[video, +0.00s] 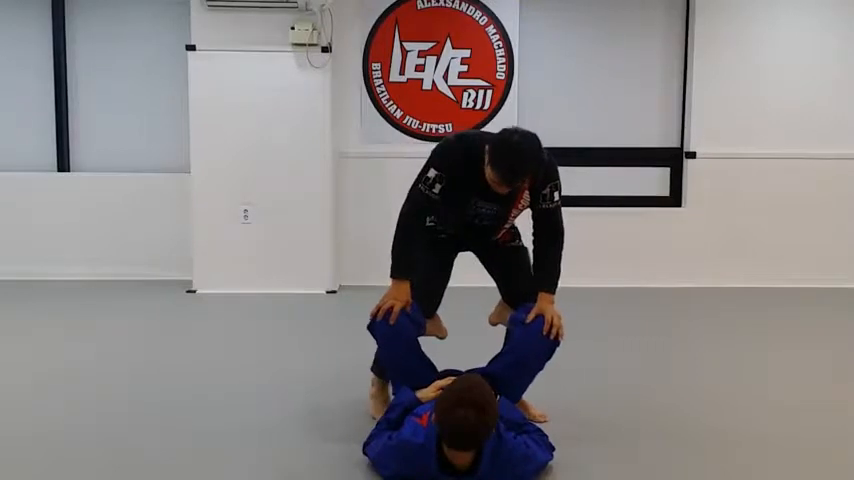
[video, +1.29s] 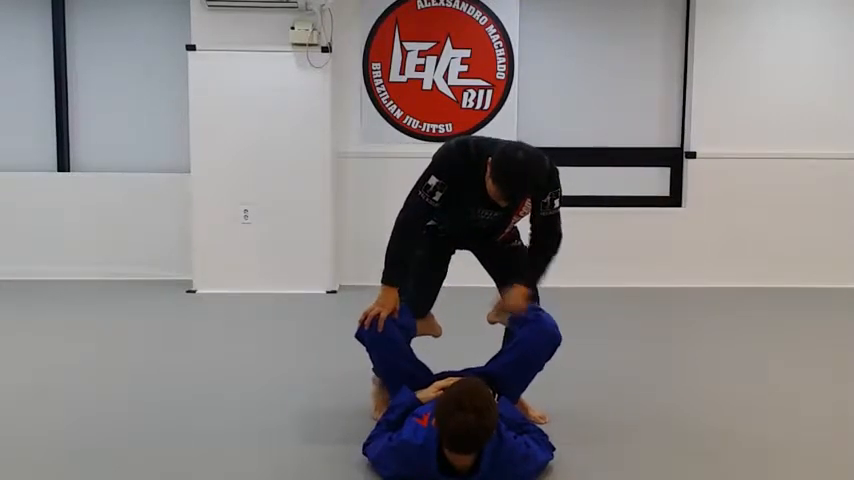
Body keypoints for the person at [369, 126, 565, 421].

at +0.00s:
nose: (501, 189)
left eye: (510, 187)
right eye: (496, 182)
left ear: (528, 174)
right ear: (487, 159)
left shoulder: (542, 170)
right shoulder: (454, 152)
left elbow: (550, 231)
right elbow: (411, 213)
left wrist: (546, 296)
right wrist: (399, 280)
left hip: (497, 233)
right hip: (441, 231)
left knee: (529, 306)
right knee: (418, 309)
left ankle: (509, 393)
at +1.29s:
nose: (501, 203)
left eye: (509, 201)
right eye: (498, 196)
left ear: (528, 189)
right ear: (489, 170)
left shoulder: (543, 177)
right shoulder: (455, 156)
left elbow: (548, 235)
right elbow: (409, 218)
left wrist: (523, 285)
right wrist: (389, 289)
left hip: (495, 234)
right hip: (439, 232)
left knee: (527, 303)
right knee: (410, 309)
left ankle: (509, 392)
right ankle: (383, 379)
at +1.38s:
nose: (498, 205)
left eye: (507, 204)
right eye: (495, 198)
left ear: (527, 191)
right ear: (488, 172)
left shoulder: (542, 180)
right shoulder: (455, 157)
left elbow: (534, 239)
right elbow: (408, 219)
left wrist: (489, 282)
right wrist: (388, 288)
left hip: (491, 232)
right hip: (439, 229)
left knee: (526, 307)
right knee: (415, 308)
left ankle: (508, 391)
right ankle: (385, 378)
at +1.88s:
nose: (496, 208)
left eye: (505, 207)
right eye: (493, 201)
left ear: (527, 192)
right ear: (485, 174)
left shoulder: (540, 179)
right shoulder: (452, 159)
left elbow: (540, 231)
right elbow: (406, 222)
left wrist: (531, 276)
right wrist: (386, 291)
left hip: (492, 231)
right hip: (439, 228)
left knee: (522, 298)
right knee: (417, 305)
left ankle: (508, 391)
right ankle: (384, 375)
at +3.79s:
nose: (538, 217)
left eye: (547, 213)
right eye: (537, 208)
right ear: (525, 178)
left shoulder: (550, 185)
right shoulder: (474, 170)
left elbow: (545, 243)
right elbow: (421, 227)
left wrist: (548, 301)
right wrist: (398, 297)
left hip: (486, 238)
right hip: (438, 233)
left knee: (526, 306)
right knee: (450, 324)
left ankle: (508, 395)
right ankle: (389, 376)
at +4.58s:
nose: (570, 204)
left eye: (580, 200)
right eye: (570, 193)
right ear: (557, 165)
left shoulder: (583, 181)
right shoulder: (506, 158)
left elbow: (577, 237)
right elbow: (451, 214)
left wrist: (566, 302)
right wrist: (420, 280)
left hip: (517, 230)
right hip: (468, 221)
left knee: (535, 312)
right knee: (468, 302)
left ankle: (508, 397)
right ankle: (399, 342)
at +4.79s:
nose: (576, 196)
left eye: (585, 192)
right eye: (575, 185)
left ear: (596, 187)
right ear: (564, 157)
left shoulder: (589, 180)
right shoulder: (515, 155)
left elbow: (582, 231)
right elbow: (459, 212)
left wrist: (573, 290)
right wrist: (427, 281)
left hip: (523, 232)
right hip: (475, 220)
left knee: (536, 315)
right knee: (489, 293)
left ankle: (508, 398)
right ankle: (416, 305)